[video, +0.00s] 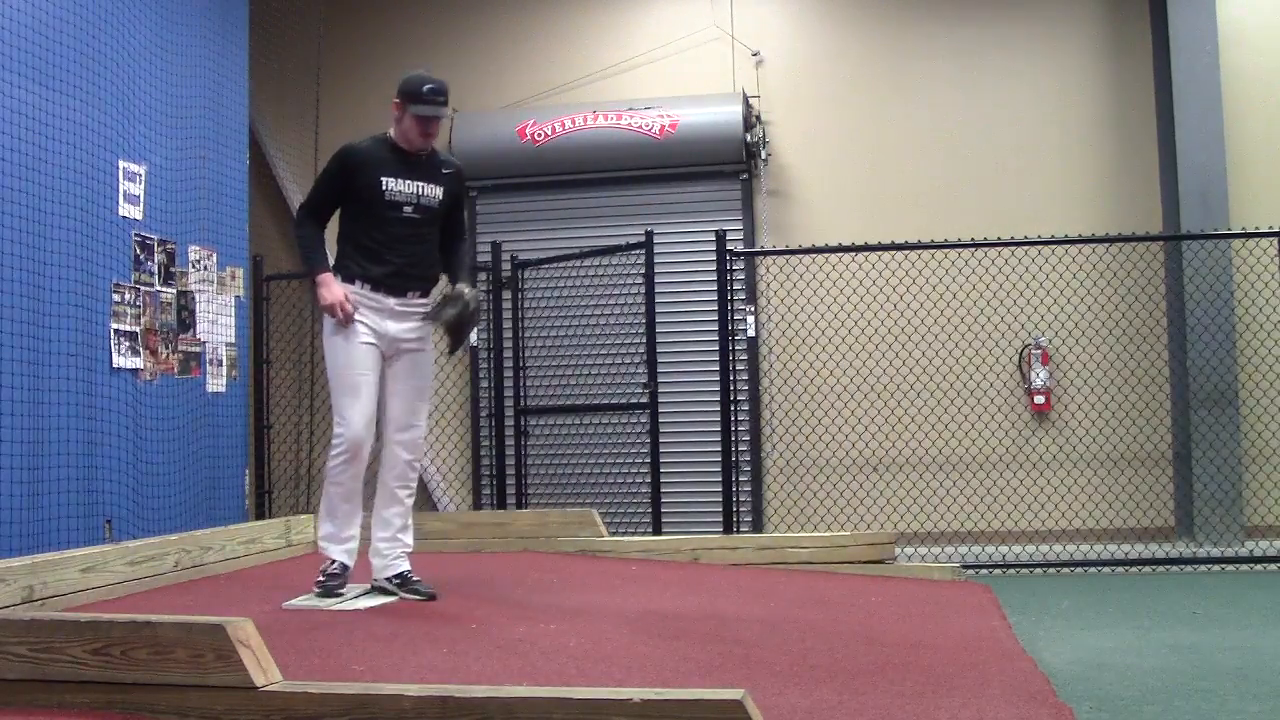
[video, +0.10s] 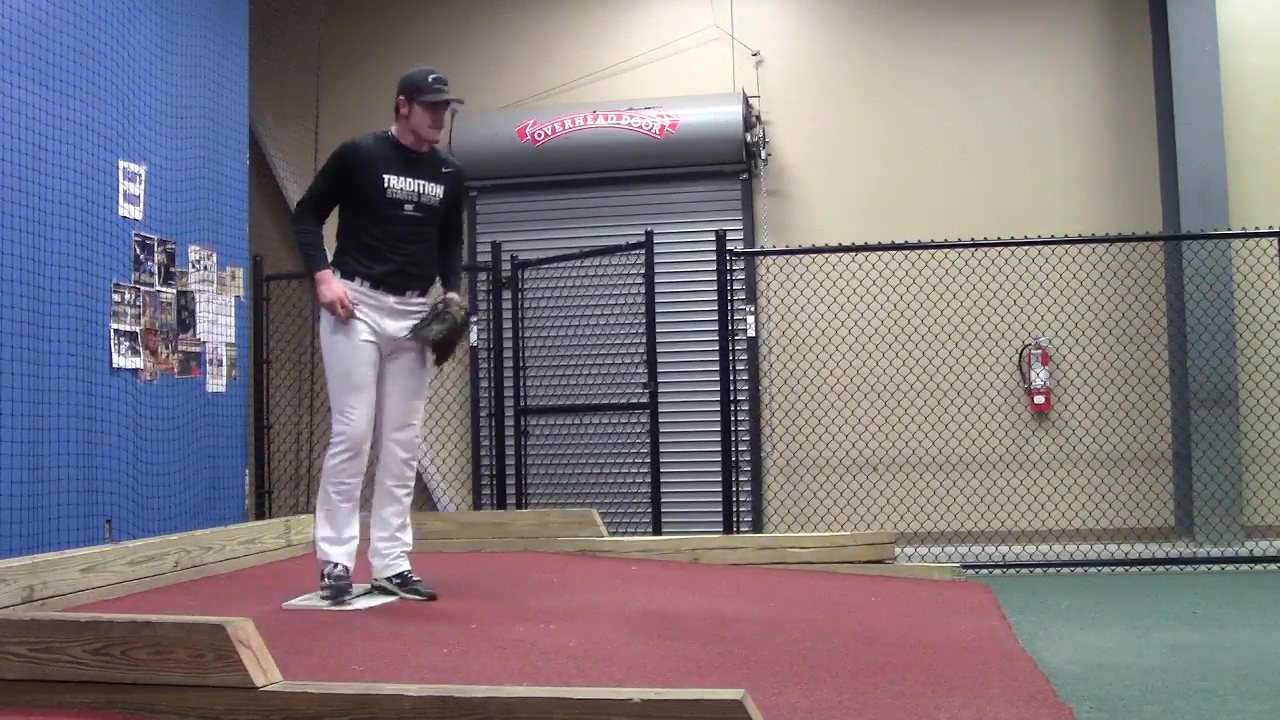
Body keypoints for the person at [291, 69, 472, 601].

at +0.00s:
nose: (430, 128)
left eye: (437, 120)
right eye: (421, 119)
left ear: (445, 118)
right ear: (397, 111)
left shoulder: (449, 176)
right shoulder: (357, 159)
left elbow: (455, 244)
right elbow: (308, 221)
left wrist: (461, 290)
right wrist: (323, 279)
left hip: (417, 319)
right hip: (357, 313)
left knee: (405, 444)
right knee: (356, 436)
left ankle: (391, 564)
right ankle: (337, 559)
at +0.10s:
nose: (441, 117)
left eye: (446, 109)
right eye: (432, 108)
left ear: (447, 112)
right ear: (404, 108)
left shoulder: (449, 176)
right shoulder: (358, 156)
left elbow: (450, 245)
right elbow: (305, 218)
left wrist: (450, 294)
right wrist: (323, 277)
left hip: (416, 316)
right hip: (355, 308)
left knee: (401, 443)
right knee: (354, 436)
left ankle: (390, 564)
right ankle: (335, 562)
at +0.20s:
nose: (442, 110)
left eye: (444, 102)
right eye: (432, 101)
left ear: (439, 109)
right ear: (401, 103)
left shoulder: (445, 173)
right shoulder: (354, 154)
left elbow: (446, 242)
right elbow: (301, 217)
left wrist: (445, 295)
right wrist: (321, 278)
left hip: (415, 314)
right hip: (354, 307)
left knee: (400, 441)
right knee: (350, 436)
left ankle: (391, 564)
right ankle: (337, 563)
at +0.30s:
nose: (434, 105)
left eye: (436, 98)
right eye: (424, 97)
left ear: (431, 105)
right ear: (394, 100)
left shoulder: (440, 170)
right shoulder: (350, 153)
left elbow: (442, 241)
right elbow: (299, 217)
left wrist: (441, 294)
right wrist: (317, 278)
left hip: (414, 312)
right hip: (353, 306)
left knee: (398, 441)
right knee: (349, 437)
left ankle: (391, 565)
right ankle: (337, 564)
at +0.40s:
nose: (428, 103)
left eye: (429, 95)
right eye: (418, 95)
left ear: (424, 103)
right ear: (387, 98)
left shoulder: (436, 167)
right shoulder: (346, 152)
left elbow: (439, 237)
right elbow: (292, 215)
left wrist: (444, 291)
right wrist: (319, 277)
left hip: (412, 311)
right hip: (352, 307)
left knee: (397, 441)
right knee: (347, 437)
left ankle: (391, 565)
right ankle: (337, 565)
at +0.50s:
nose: (421, 101)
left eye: (423, 93)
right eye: (411, 93)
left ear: (416, 102)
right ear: (380, 97)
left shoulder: (429, 166)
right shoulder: (341, 153)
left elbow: (437, 231)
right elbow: (293, 218)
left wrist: (448, 276)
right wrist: (336, 267)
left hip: (408, 311)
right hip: (349, 308)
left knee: (396, 440)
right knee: (345, 437)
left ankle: (391, 564)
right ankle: (337, 564)